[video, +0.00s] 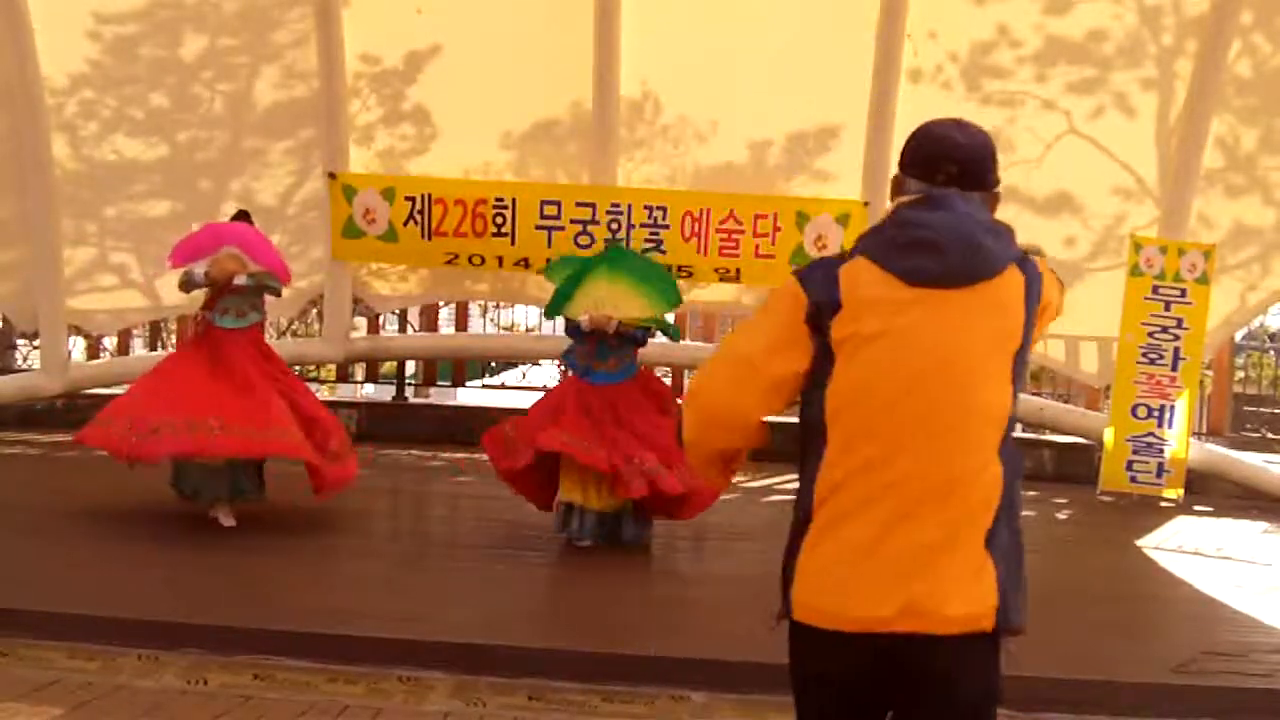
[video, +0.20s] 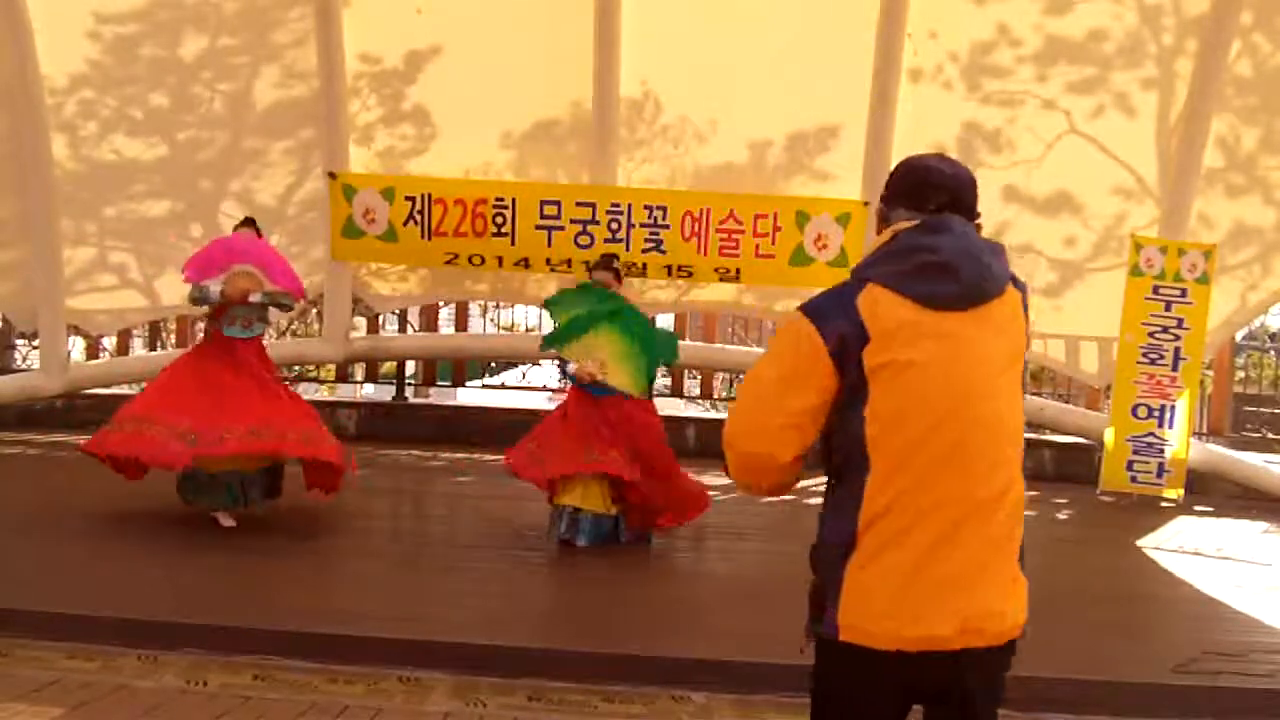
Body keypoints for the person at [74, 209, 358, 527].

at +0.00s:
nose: (237, 245)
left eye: (244, 240)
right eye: (233, 241)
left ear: (253, 241)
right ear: (223, 240)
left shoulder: (261, 266)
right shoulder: (213, 265)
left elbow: (277, 286)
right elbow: (184, 282)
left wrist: (247, 273)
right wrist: (212, 274)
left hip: (249, 341)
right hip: (214, 339)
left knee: (243, 416)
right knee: (216, 417)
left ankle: (229, 492)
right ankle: (220, 499)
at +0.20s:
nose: (246, 252)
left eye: (253, 246)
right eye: (239, 246)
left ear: (261, 250)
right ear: (230, 248)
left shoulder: (265, 278)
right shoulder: (219, 275)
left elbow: (292, 301)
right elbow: (195, 295)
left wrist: (260, 293)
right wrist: (224, 292)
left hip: (251, 358)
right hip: (216, 356)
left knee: (250, 424)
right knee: (217, 424)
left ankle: (238, 493)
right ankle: (220, 501)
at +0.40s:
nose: (247, 255)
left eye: (253, 250)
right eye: (242, 250)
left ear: (264, 253)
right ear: (235, 253)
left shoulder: (273, 288)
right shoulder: (222, 287)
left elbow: (293, 321)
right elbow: (203, 319)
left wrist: (264, 325)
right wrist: (227, 323)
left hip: (256, 364)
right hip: (222, 363)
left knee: (256, 431)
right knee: (218, 430)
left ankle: (250, 507)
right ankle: (217, 506)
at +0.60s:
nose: (249, 266)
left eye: (256, 260)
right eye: (244, 260)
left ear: (266, 266)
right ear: (238, 265)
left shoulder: (276, 302)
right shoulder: (226, 300)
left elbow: (292, 341)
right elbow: (209, 339)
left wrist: (272, 356)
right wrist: (234, 357)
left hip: (262, 378)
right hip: (228, 378)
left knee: (262, 436)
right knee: (226, 435)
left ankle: (261, 505)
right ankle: (228, 504)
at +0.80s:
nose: (249, 272)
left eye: (256, 266)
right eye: (244, 266)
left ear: (267, 271)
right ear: (237, 271)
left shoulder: (280, 309)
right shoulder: (226, 308)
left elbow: (293, 348)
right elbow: (215, 352)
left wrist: (277, 358)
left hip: (270, 381)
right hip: (235, 381)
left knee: (268, 435)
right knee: (238, 435)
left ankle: (271, 500)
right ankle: (241, 499)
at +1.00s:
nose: (247, 267)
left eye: (254, 261)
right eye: (242, 261)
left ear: (264, 267)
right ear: (235, 266)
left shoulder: (275, 305)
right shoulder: (222, 303)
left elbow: (298, 338)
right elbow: (203, 344)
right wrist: (197, 379)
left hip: (262, 376)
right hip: (226, 375)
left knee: (264, 435)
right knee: (224, 434)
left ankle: (278, 500)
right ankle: (219, 499)